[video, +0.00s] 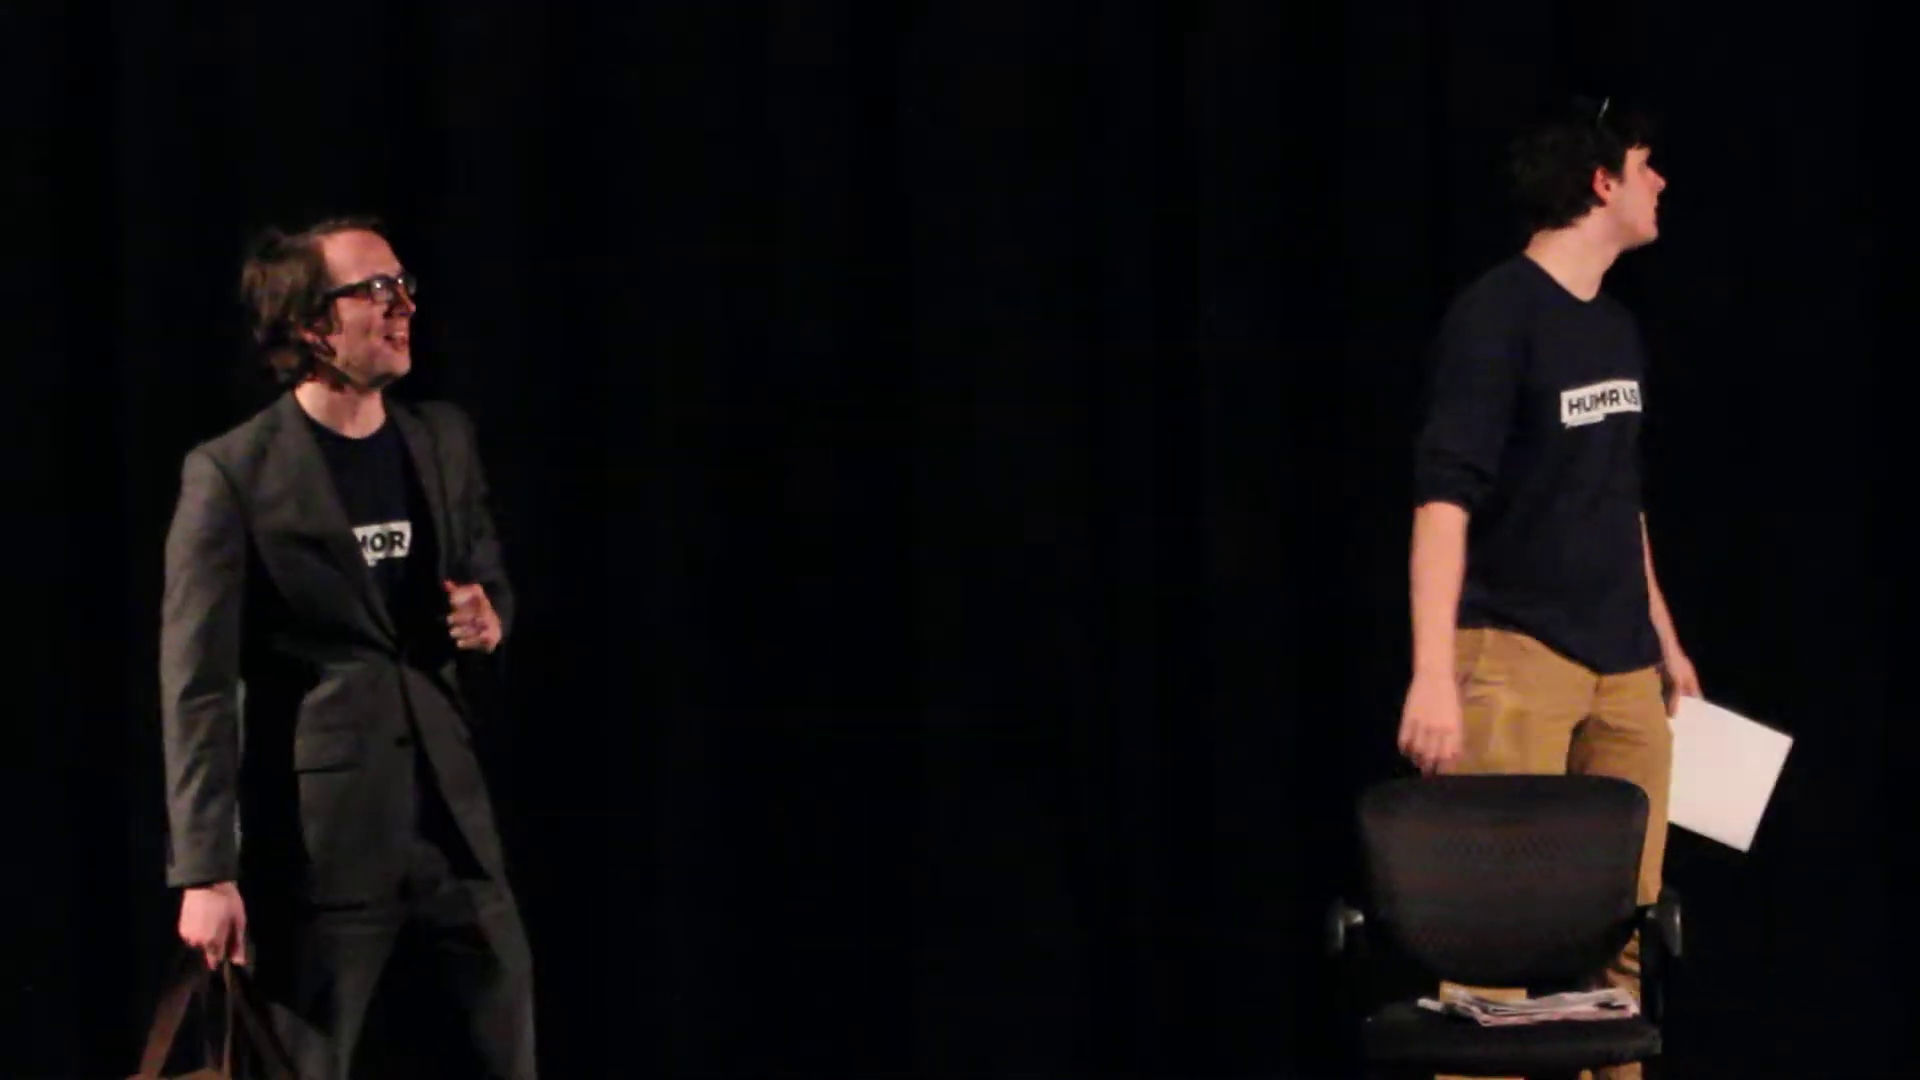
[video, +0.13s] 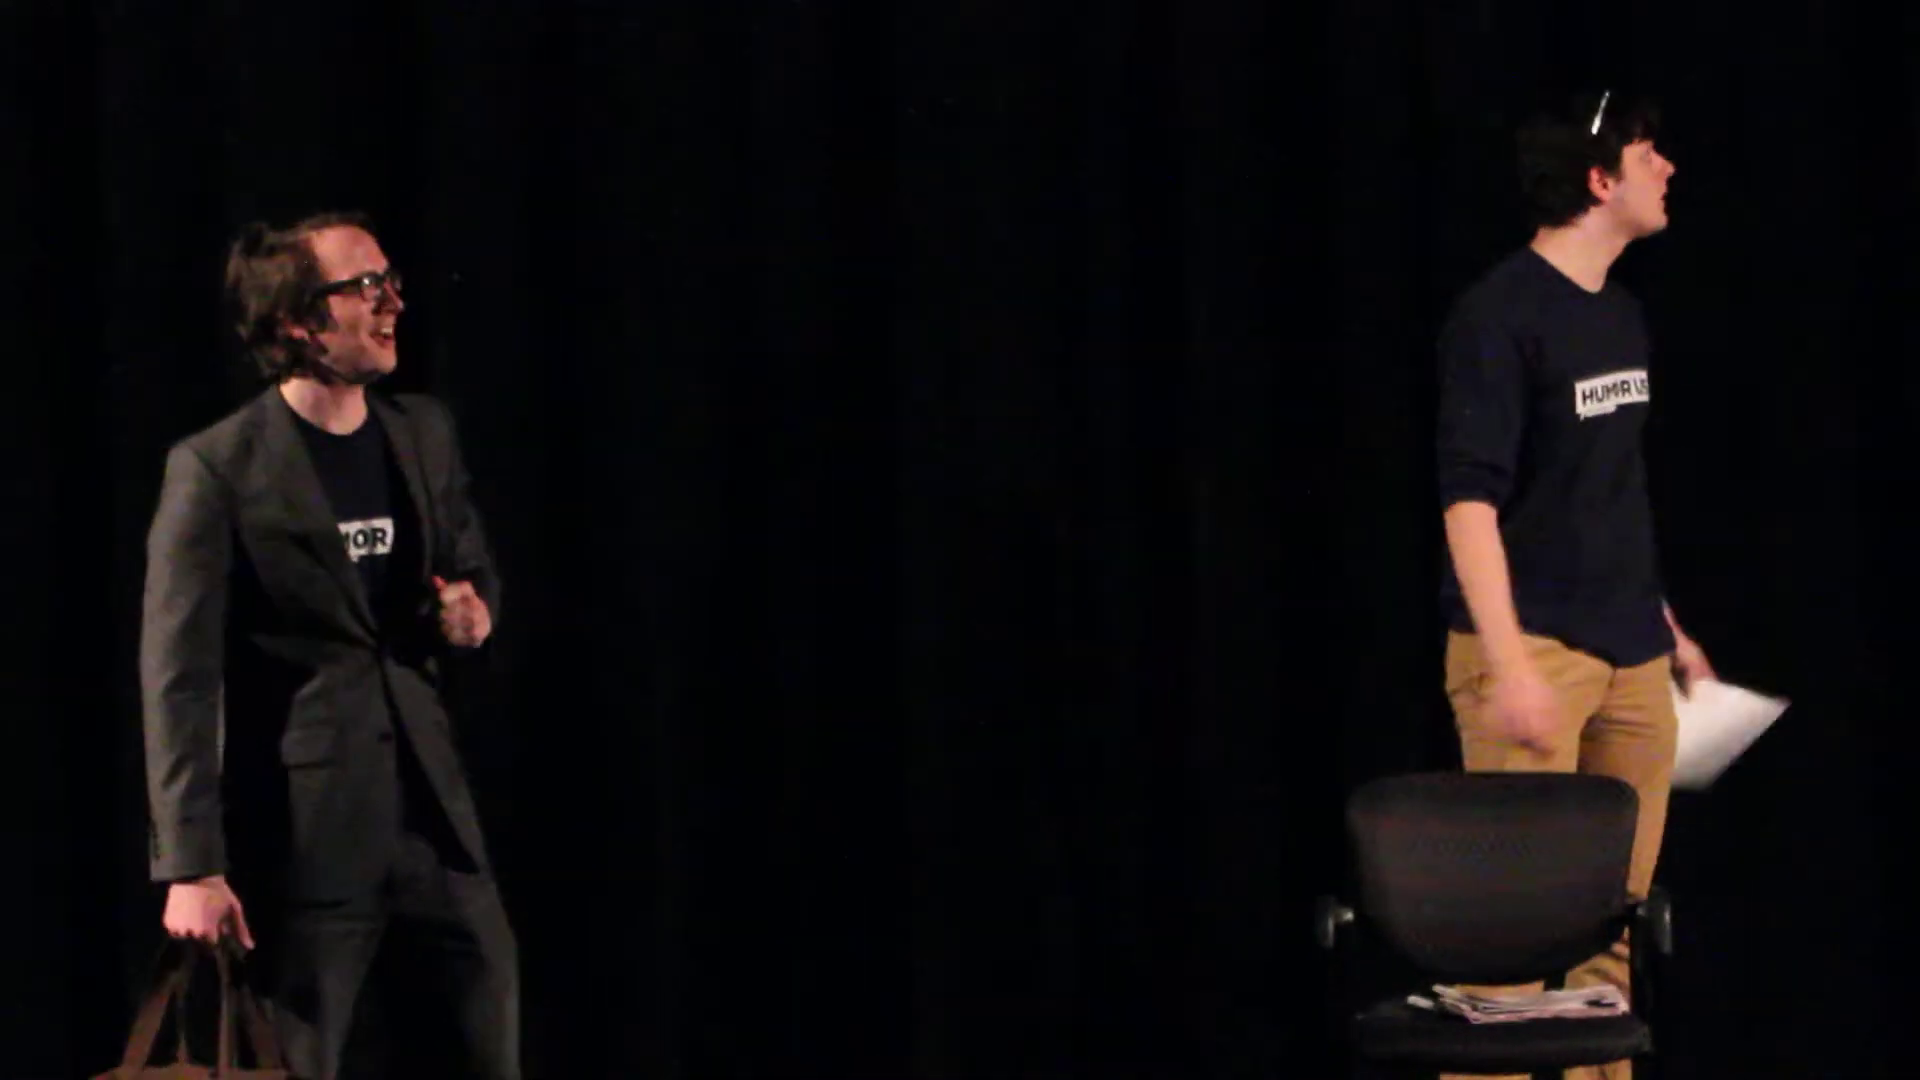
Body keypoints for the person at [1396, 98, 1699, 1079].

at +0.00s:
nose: (1660, 185)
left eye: (1652, 167)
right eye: (1645, 168)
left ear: (1599, 186)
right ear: (1600, 185)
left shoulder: (1616, 327)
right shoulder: (1495, 315)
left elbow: (1620, 507)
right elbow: (1443, 501)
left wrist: (1665, 643)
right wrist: (1432, 674)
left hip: (1626, 661)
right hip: (1512, 656)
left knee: (1621, 924)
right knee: (1493, 923)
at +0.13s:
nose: (1668, 171)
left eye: (1659, 153)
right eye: (1648, 156)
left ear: (1611, 180)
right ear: (1596, 181)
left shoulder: (1622, 315)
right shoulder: (1499, 314)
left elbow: (1611, 499)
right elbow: (1468, 501)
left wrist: (1662, 627)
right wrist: (1508, 667)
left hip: (1634, 652)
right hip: (1529, 650)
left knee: (1611, 913)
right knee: (1517, 912)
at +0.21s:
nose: (1669, 169)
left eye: (1659, 153)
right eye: (1644, 158)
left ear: (1606, 190)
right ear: (1587, 190)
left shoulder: (1630, 310)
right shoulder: (1504, 314)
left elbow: (1623, 499)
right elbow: (1469, 499)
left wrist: (1706, 612)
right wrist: (1566, 640)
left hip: (1640, 645)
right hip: (1525, 645)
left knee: (1617, 907)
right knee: (1523, 906)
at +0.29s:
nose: (1655, 170)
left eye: (1648, 153)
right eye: (1626, 161)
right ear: (1567, 197)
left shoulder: (1642, 304)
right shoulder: (1498, 312)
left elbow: (1646, 473)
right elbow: (1469, 500)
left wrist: (1733, 565)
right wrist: (1610, 602)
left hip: (1641, 642)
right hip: (1523, 644)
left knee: (1615, 908)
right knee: (1520, 905)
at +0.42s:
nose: (1617, 179)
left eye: (1617, 159)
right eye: (1587, 169)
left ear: (1626, 170)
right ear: (1532, 199)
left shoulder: (1657, 299)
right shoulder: (1482, 315)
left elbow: (1687, 440)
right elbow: (1458, 497)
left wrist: (1719, 484)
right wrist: (1610, 536)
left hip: (1641, 637)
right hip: (1517, 636)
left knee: (1613, 893)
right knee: (1507, 884)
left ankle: (1595, 1076)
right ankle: (1472, 1077)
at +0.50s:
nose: (1582, 189)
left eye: (1589, 165)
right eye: (1552, 178)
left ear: (1612, 173)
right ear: (1513, 206)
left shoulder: (1665, 301)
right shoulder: (1474, 317)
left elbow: (1714, 436)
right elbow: (1445, 496)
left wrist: (1720, 465)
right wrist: (1593, 507)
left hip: (1638, 636)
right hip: (1511, 635)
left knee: (1610, 891)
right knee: (1502, 883)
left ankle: (1592, 1076)